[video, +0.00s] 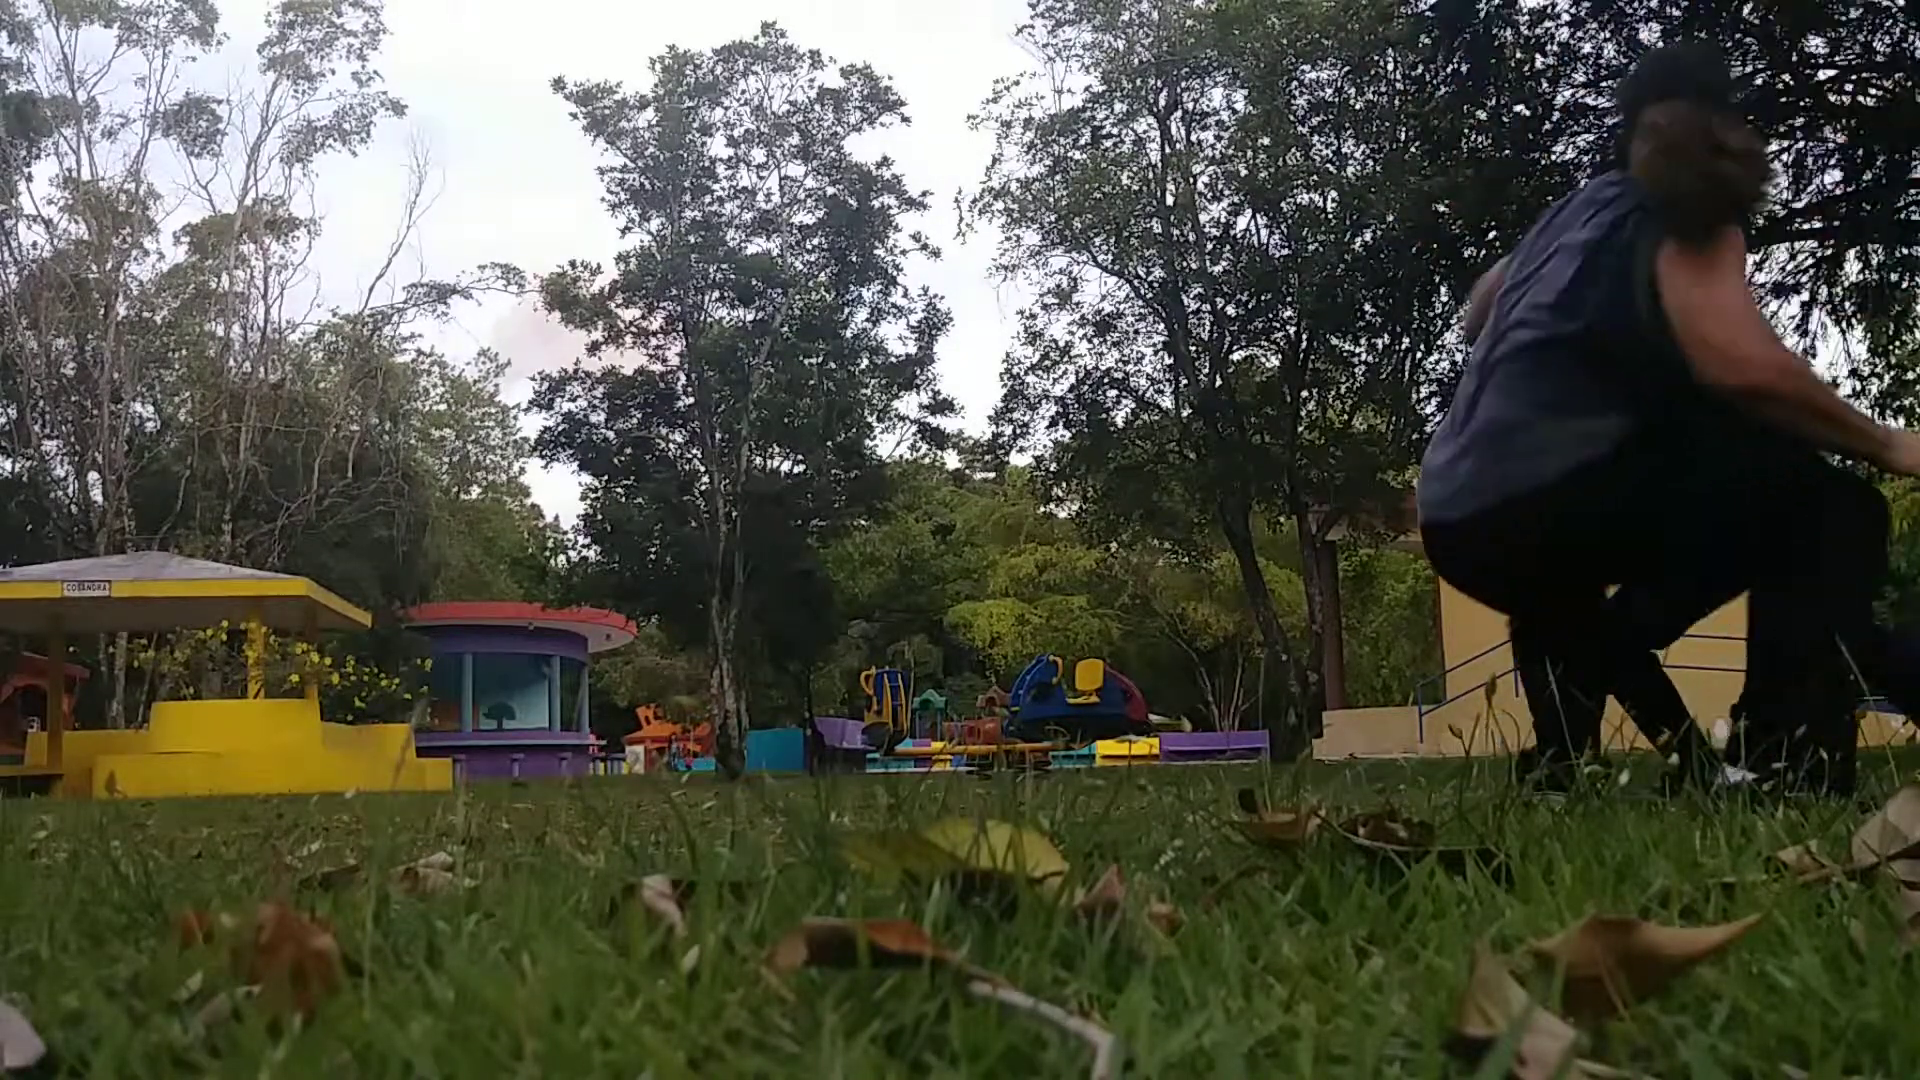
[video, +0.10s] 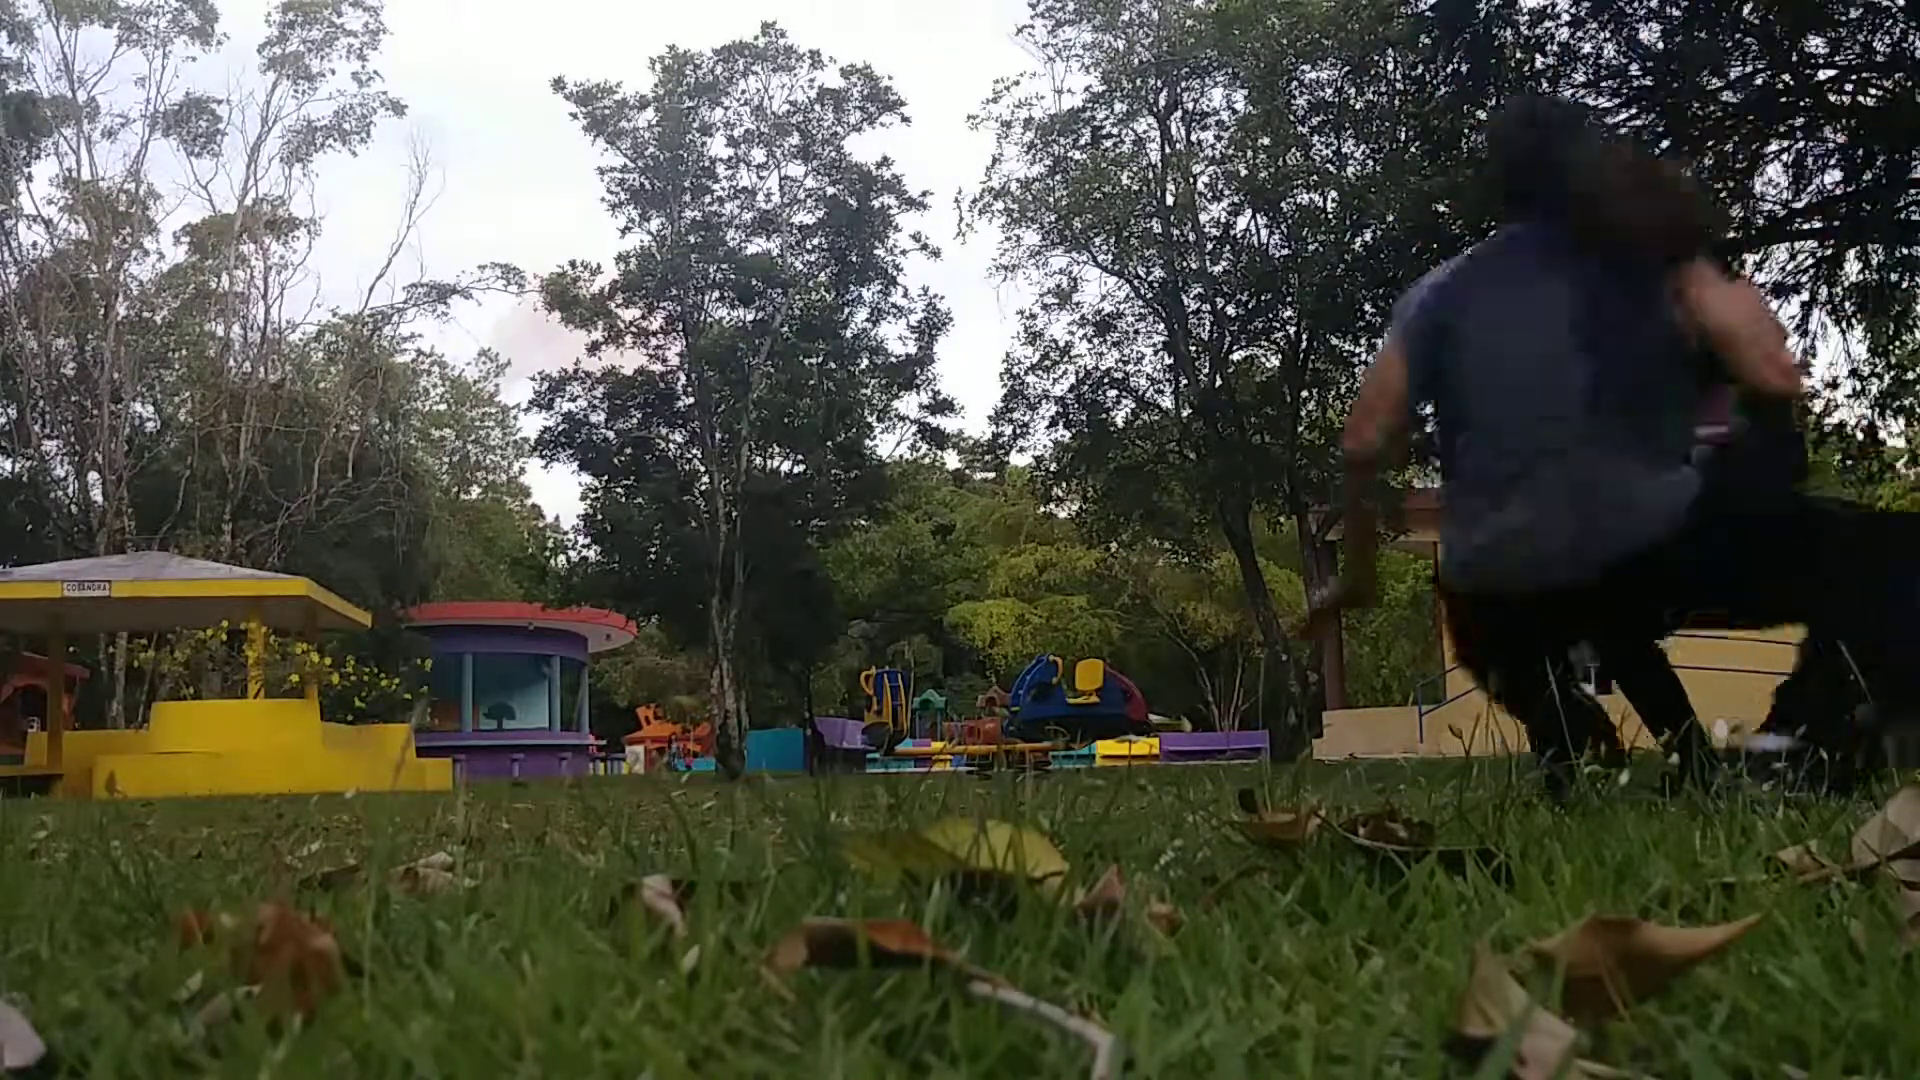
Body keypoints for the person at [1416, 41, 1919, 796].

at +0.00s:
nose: (1750, 143)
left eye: (1747, 126)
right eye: (1738, 124)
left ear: (1627, 128)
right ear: (1710, 127)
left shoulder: (1566, 218)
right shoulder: (1685, 200)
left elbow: (1480, 312)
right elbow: (1739, 362)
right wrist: (1885, 442)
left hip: (1456, 521)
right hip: (1565, 493)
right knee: (1836, 509)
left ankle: (1560, 767)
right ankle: (1789, 761)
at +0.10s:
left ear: (1496, 184)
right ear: (1593, 170)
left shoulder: (1444, 293)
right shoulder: (1657, 256)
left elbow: (1363, 440)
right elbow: (1774, 370)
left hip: (1502, 580)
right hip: (1651, 550)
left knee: (1488, 628)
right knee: (1881, 555)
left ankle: (1574, 745)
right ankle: (1796, 746)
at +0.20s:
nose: (1512, 208)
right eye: (1498, 197)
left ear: (1389, 246)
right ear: (1488, 218)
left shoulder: (1358, 359)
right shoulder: (1560, 300)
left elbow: (1315, 531)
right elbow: (1682, 382)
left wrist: (1265, 688)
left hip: (1544, 610)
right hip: (1691, 557)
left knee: (1416, 673)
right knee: (1872, 608)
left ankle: (1622, 755)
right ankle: (1899, 677)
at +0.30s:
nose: (1294, 343)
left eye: (1296, 326)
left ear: (1313, 332)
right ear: (1401, 292)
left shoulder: (1333, 419)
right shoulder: (1474, 356)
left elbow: (1318, 598)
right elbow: (1582, 406)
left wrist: (1309, 753)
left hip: (1528, 626)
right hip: (1649, 573)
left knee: (1373, 740)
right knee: (1798, 653)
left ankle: (1601, 745)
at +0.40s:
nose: (1231, 407)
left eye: (1228, 391)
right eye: (1228, 389)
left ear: (1244, 390)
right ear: (1303, 350)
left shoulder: (1296, 455)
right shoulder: (1390, 401)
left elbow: (1340, 624)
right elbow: (1501, 450)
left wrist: (1321, 787)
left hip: (1521, 648)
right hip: (1599, 595)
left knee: (1376, 781)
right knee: (1618, 672)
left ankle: (1591, 770)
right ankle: (1755, 729)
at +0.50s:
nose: (1200, 445)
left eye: (1195, 429)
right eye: (1194, 429)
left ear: (1212, 425)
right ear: (1262, 387)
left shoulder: (1288, 472)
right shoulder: (1342, 431)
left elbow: (1345, 633)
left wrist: (1321, 796)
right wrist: (1305, 630)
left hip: (1523, 647)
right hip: (1564, 619)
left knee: (1374, 784)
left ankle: (1589, 754)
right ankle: (1592, 747)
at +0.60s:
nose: (1198, 452)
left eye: (1196, 438)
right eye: (1192, 439)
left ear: (1213, 434)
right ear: (1264, 387)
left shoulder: (1309, 474)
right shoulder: (1333, 439)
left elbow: (1363, 645)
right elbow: (1373, 546)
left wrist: (1332, 790)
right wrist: (1276, 587)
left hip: (1531, 637)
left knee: (1395, 771)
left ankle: (1580, 745)